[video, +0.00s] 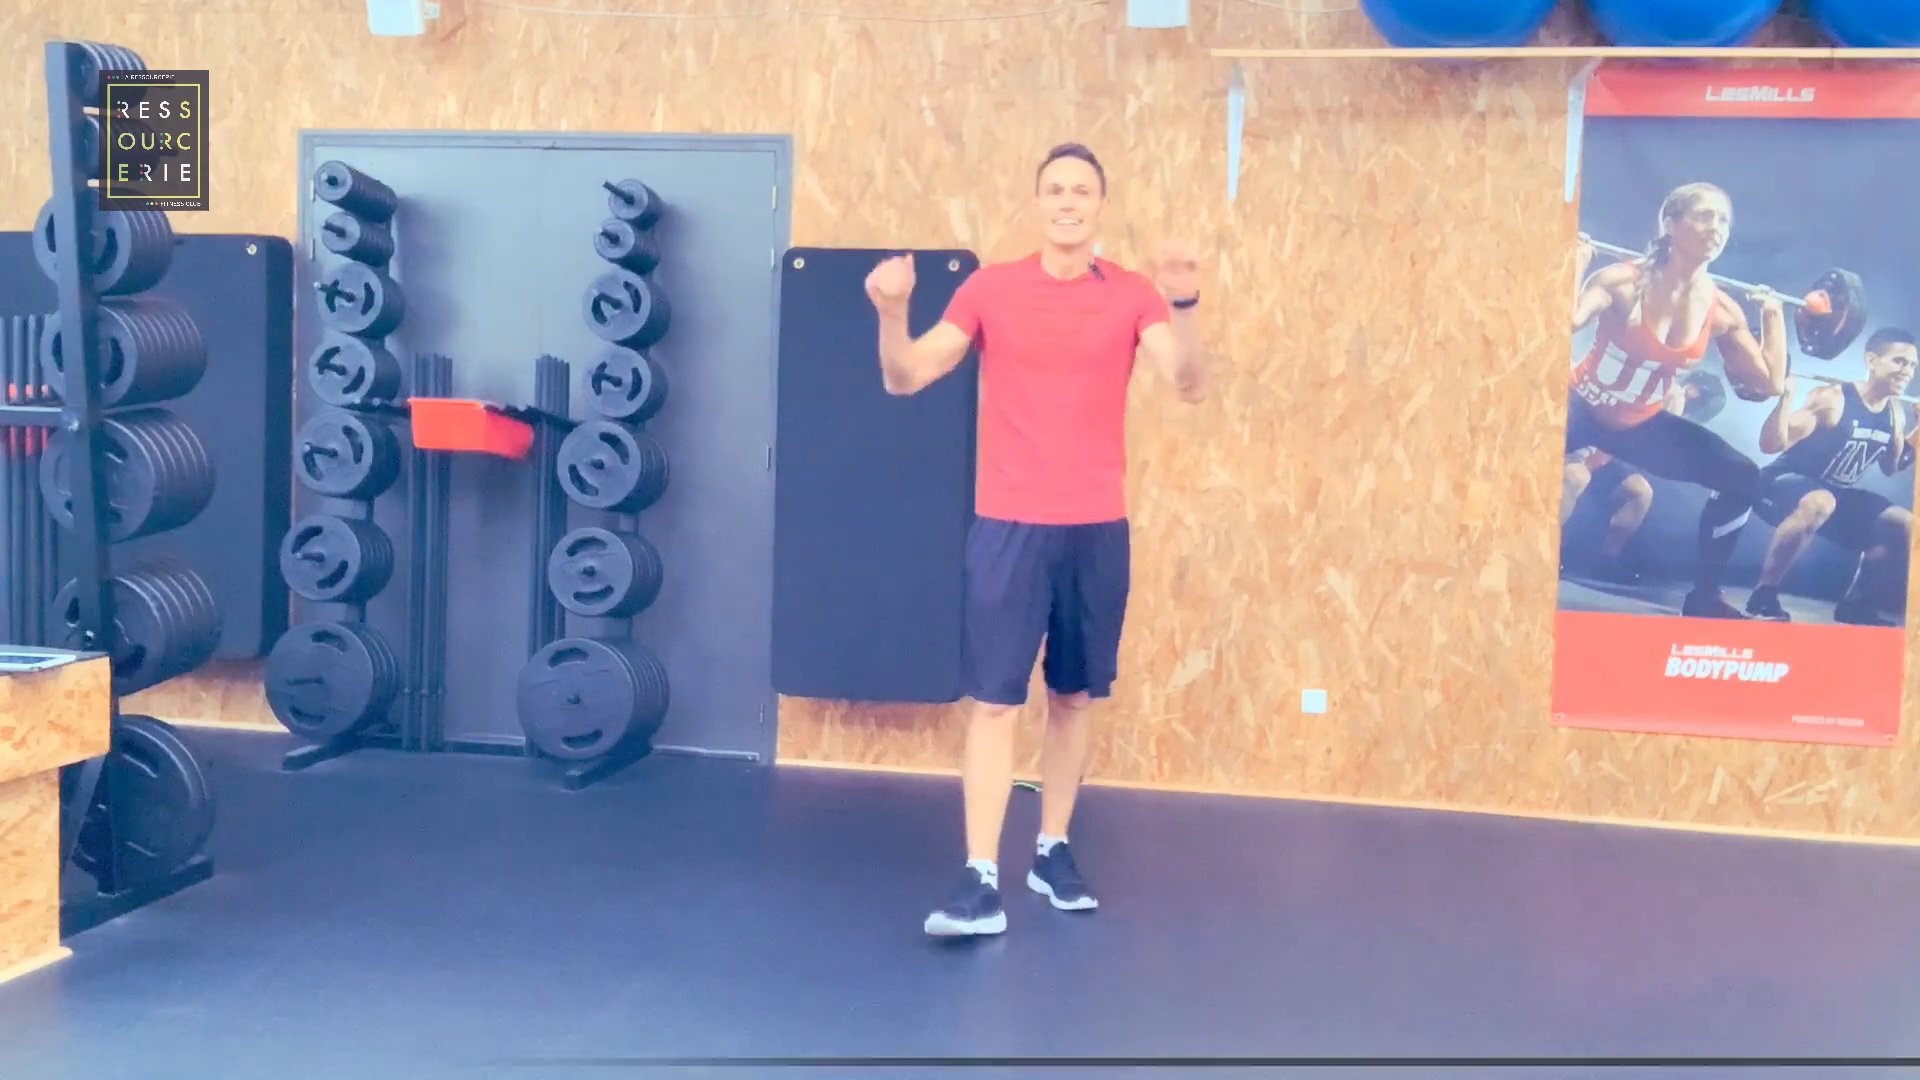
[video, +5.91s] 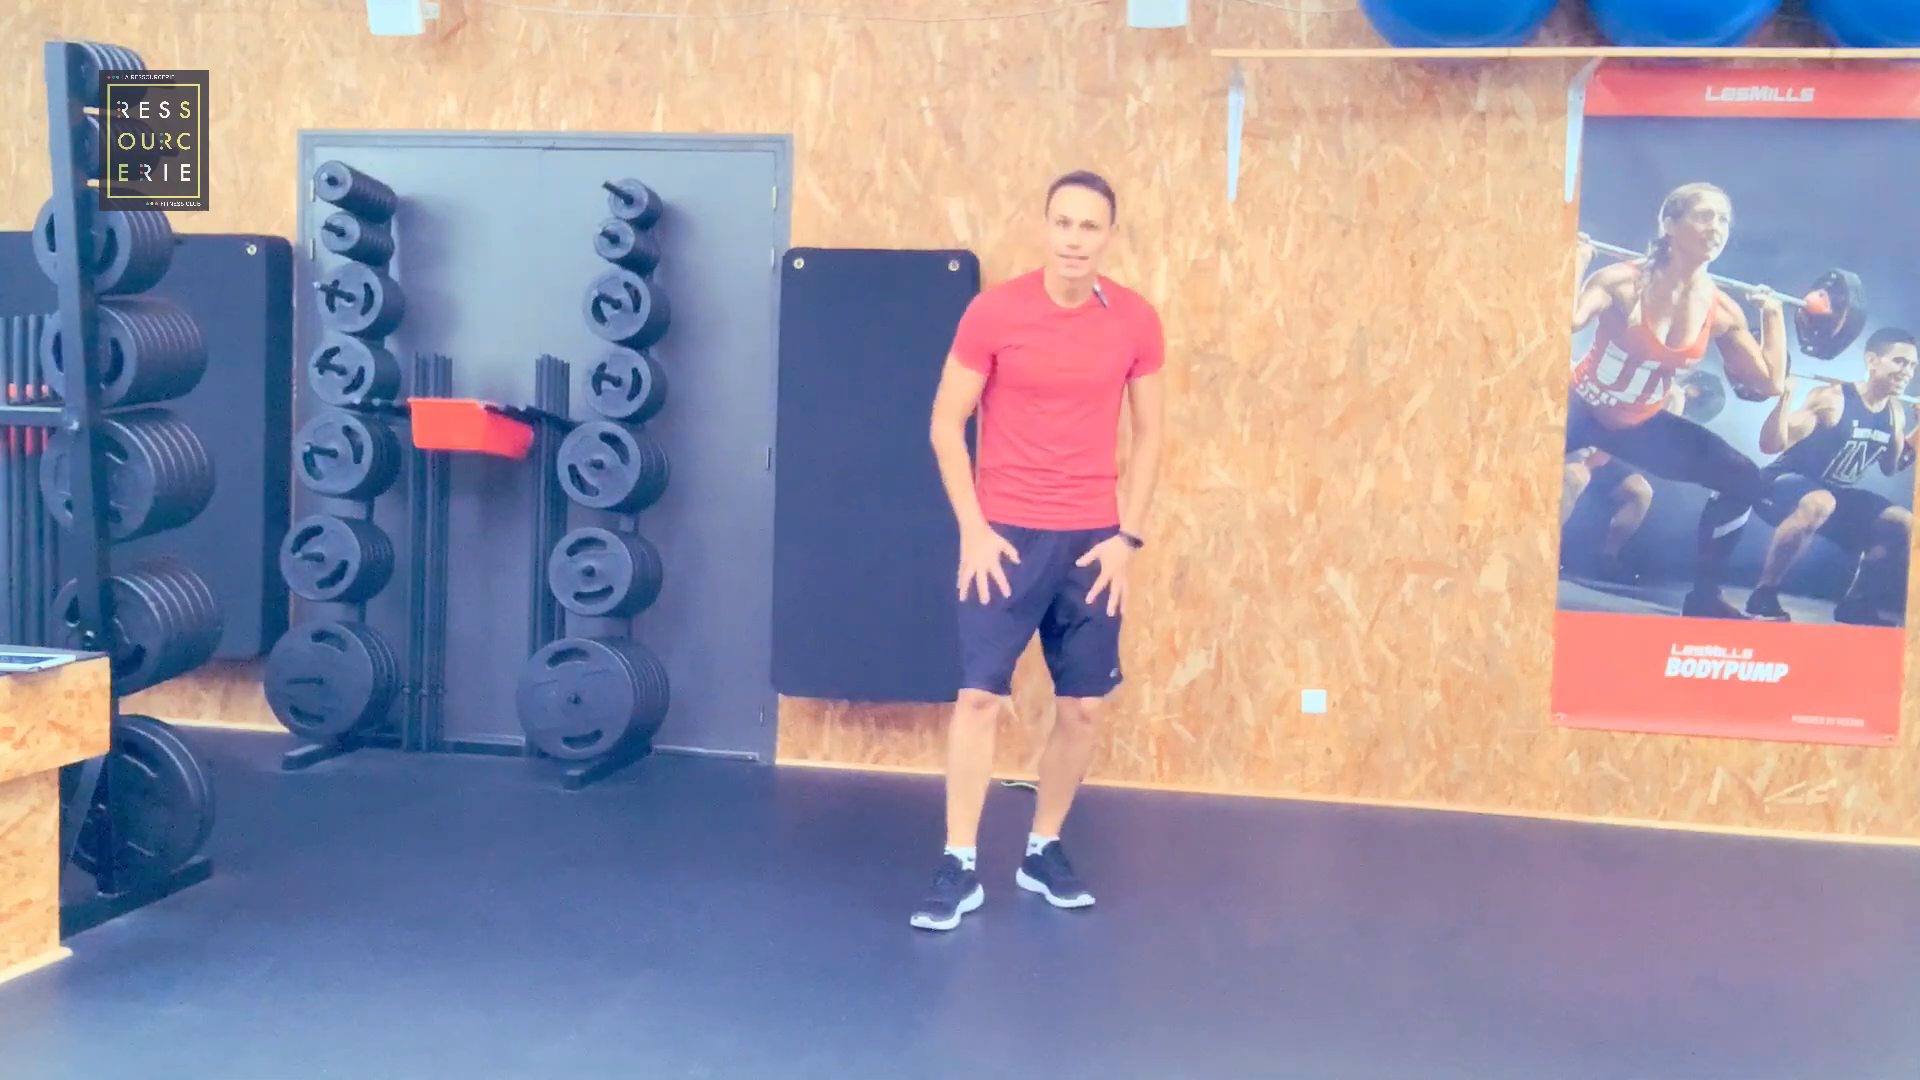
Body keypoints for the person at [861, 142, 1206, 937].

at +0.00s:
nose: (1068, 203)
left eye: (1081, 192)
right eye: (1056, 191)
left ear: (1103, 208)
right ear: (1035, 205)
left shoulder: (1133, 292)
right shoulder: (990, 287)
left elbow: (1189, 384)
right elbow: (906, 377)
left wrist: (1185, 305)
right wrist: (891, 312)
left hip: (1096, 524)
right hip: (1007, 523)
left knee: (1071, 696)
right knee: (995, 698)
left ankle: (1052, 851)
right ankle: (981, 881)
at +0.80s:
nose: (999, 204)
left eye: (1013, 193)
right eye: (988, 192)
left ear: (1034, 208)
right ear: (968, 207)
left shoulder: (1069, 294)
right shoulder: (930, 287)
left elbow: (1116, 399)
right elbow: (855, 384)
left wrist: (1085, 346)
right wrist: (881, 391)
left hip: (1031, 513)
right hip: (942, 511)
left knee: (1041, 692)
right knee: (940, 685)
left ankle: (1049, 850)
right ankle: (937, 846)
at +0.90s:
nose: (983, 205)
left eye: (998, 194)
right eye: (972, 192)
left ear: (1019, 208)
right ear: (953, 204)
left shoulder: (1051, 296)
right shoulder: (916, 291)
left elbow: (1093, 401)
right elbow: (860, 396)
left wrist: (1055, 417)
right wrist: (871, 460)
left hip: (1017, 515)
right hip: (929, 513)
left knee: (1032, 694)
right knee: (935, 687)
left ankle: (1047, 844)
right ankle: (937, 846)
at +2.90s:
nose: (989, 153)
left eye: (1003, 141)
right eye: (972, 142)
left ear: (1029, 164)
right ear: (948, 166)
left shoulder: (1066, 270)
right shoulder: (907, 264)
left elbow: (1089, 395)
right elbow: (843, 393)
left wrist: (1107, 428)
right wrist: (892, 424)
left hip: (1037, 525)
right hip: (940, 524)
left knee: (1022, 730)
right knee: (942, 730)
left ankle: (979, 877)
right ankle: (942, 923)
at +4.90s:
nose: (1014, 197)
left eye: (1030, 185)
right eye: (1003, 182)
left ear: (1053, 200)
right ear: (981, 193)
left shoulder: (1085, 291)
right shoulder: (935, 289)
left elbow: (1123, 406)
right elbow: (883, 406)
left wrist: (1102, 496)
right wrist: (914, 494)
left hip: (1056, 529)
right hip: (961, 528)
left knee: (1058, 712)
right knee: (963, 707)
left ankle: (1066, 902)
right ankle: (959, 876)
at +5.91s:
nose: (1074, 238)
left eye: (1089, 226)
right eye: (1063, 223)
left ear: (1110, 237)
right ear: (1043, 228)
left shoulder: (1135, 320)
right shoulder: (993, 311)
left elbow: (1148, 433)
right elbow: (945, 427)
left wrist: (1128, 535)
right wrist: (972, 526)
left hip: (1093, 539)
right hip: (1003, 535)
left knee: (1081, 705)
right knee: (979, 695)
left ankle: (1043, 850)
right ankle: (958, 864)